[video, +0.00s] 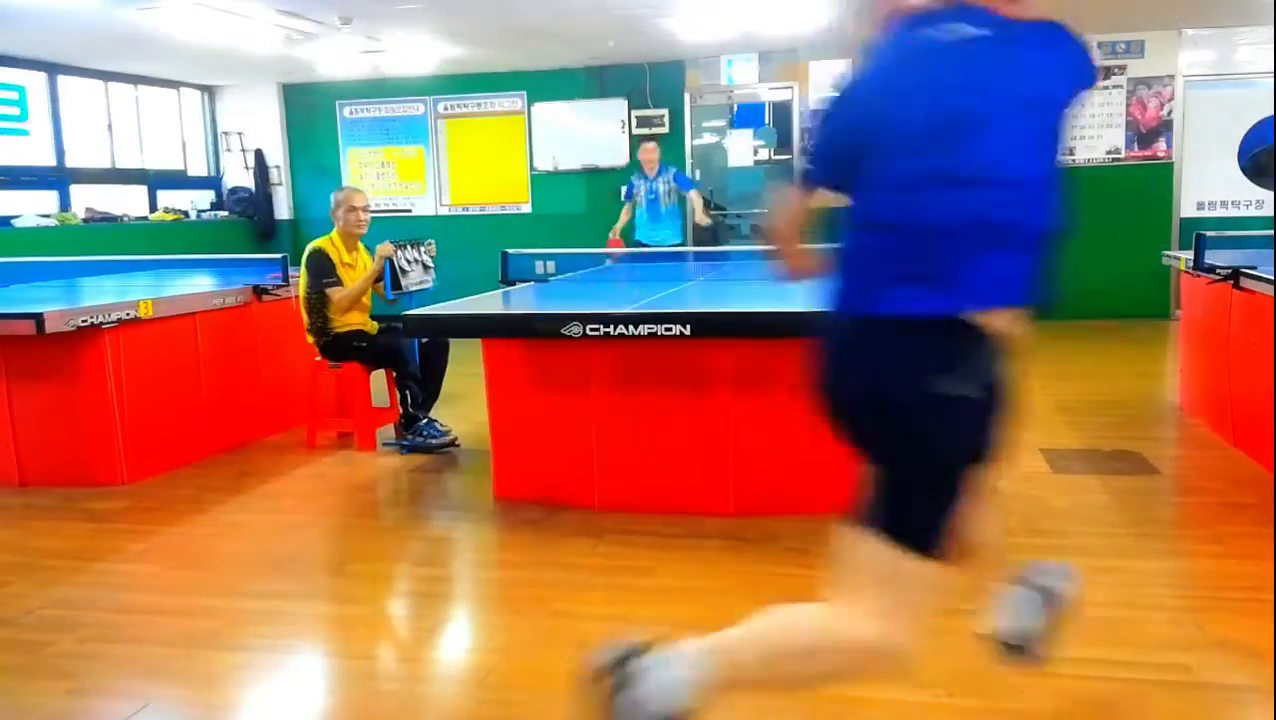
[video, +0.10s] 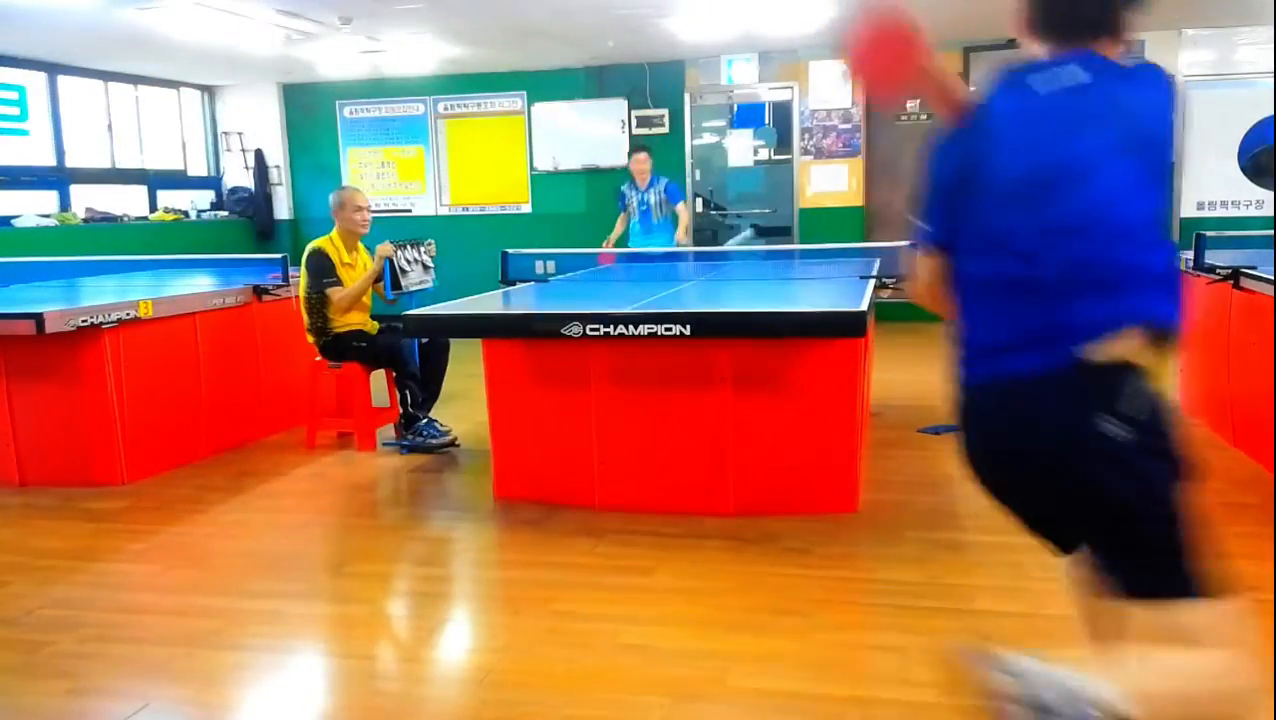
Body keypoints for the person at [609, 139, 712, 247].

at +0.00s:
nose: (649, 165)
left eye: (652, 161)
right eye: (645, 162)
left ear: (659, 159)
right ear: (639, 161)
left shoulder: (672, 175)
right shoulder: (635, 180)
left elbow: (693, 193)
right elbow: (628, 207)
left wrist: (699, 214)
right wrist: (617, 228)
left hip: (671, 243)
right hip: (644, 243)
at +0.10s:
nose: (641, 168)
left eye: (645, 162)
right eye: (637, 163)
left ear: (651, 164)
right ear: (630, 166)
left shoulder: (666, 186)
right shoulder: (627, 191)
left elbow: (683, 212)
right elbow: (624, 217)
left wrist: (681, 234)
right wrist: (612, 239)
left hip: (664, 250)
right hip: (636, 251)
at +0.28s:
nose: (617, 184)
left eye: (620, 178)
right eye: (613, 180)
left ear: (629, 179)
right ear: (607, 183)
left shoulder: (644, 198)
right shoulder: (614, 206)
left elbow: (658, 224)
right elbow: (613, 232)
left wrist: (646, 243)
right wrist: (594, 241)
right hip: (629, 258)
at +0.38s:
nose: (601, 186)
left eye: (605, 180)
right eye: (597, 182)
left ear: (615, 180)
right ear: (593, 186)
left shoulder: (630, 198)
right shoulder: (605, 206)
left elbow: (643, 223)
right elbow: (599, 231)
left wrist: (622, 232)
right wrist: (574, 230)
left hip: (643, 255)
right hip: (623, 255)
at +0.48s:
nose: (586, 177)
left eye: (590, 172)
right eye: (583, 174)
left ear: (603, 170)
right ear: (581, 177)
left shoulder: (621, 188)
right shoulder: (590, 197)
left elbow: (640, 208)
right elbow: (574, 216)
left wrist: (622, 215)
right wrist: (552, 219)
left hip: (639, 255)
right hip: (613, 257)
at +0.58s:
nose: (585, 168)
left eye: (589, 162)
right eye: (582, 164)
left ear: (601, 161)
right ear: (580, 166)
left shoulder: (621, 177)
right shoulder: (585, 187)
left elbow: (652, 190)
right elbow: (573, 206)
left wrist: (644, 194)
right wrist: (560, 217)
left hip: (637, 247)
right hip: (609, 250)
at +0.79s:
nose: (590, 163)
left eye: (594, 157)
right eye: (589, 158)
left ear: (609, 156)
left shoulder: (629, 175)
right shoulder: (591, 187)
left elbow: (653, 193)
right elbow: (582, 217)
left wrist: (666, 209)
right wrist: (580, 240)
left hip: (637, 245)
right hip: (609, 248)